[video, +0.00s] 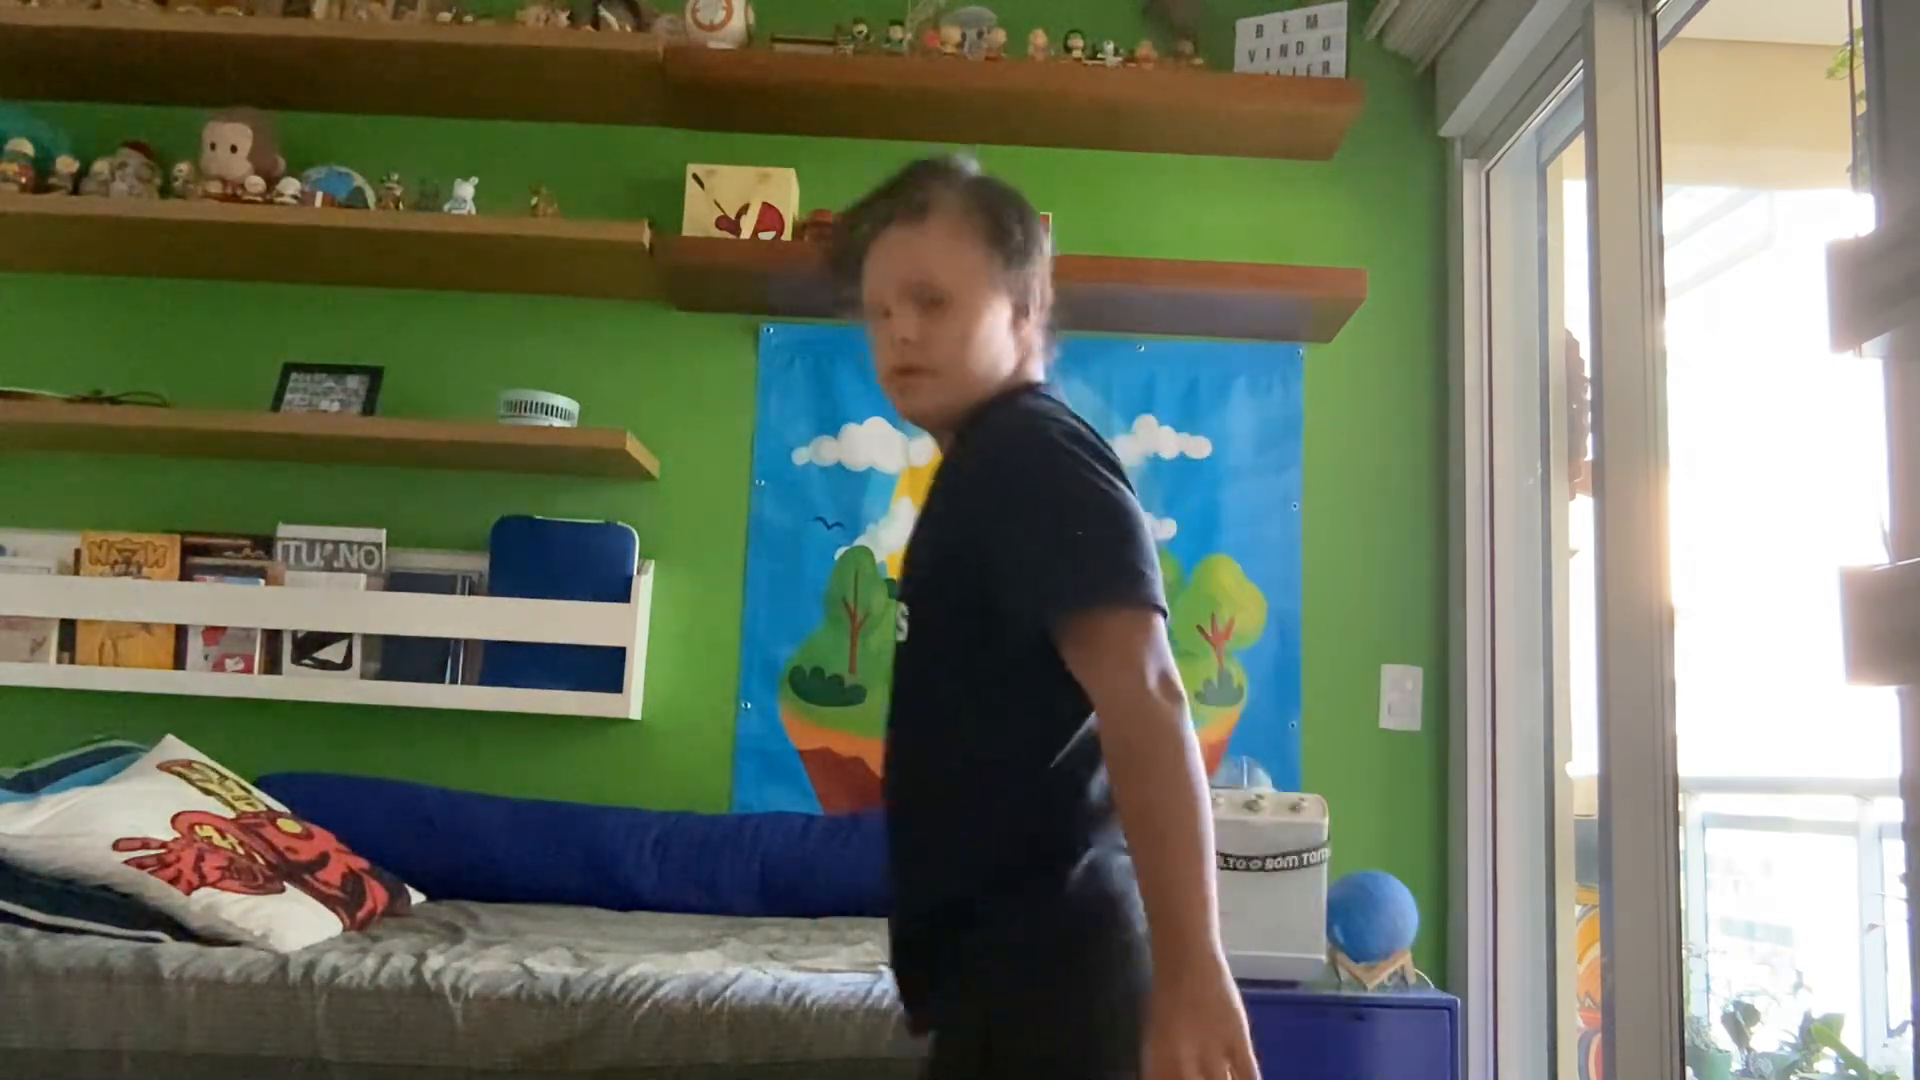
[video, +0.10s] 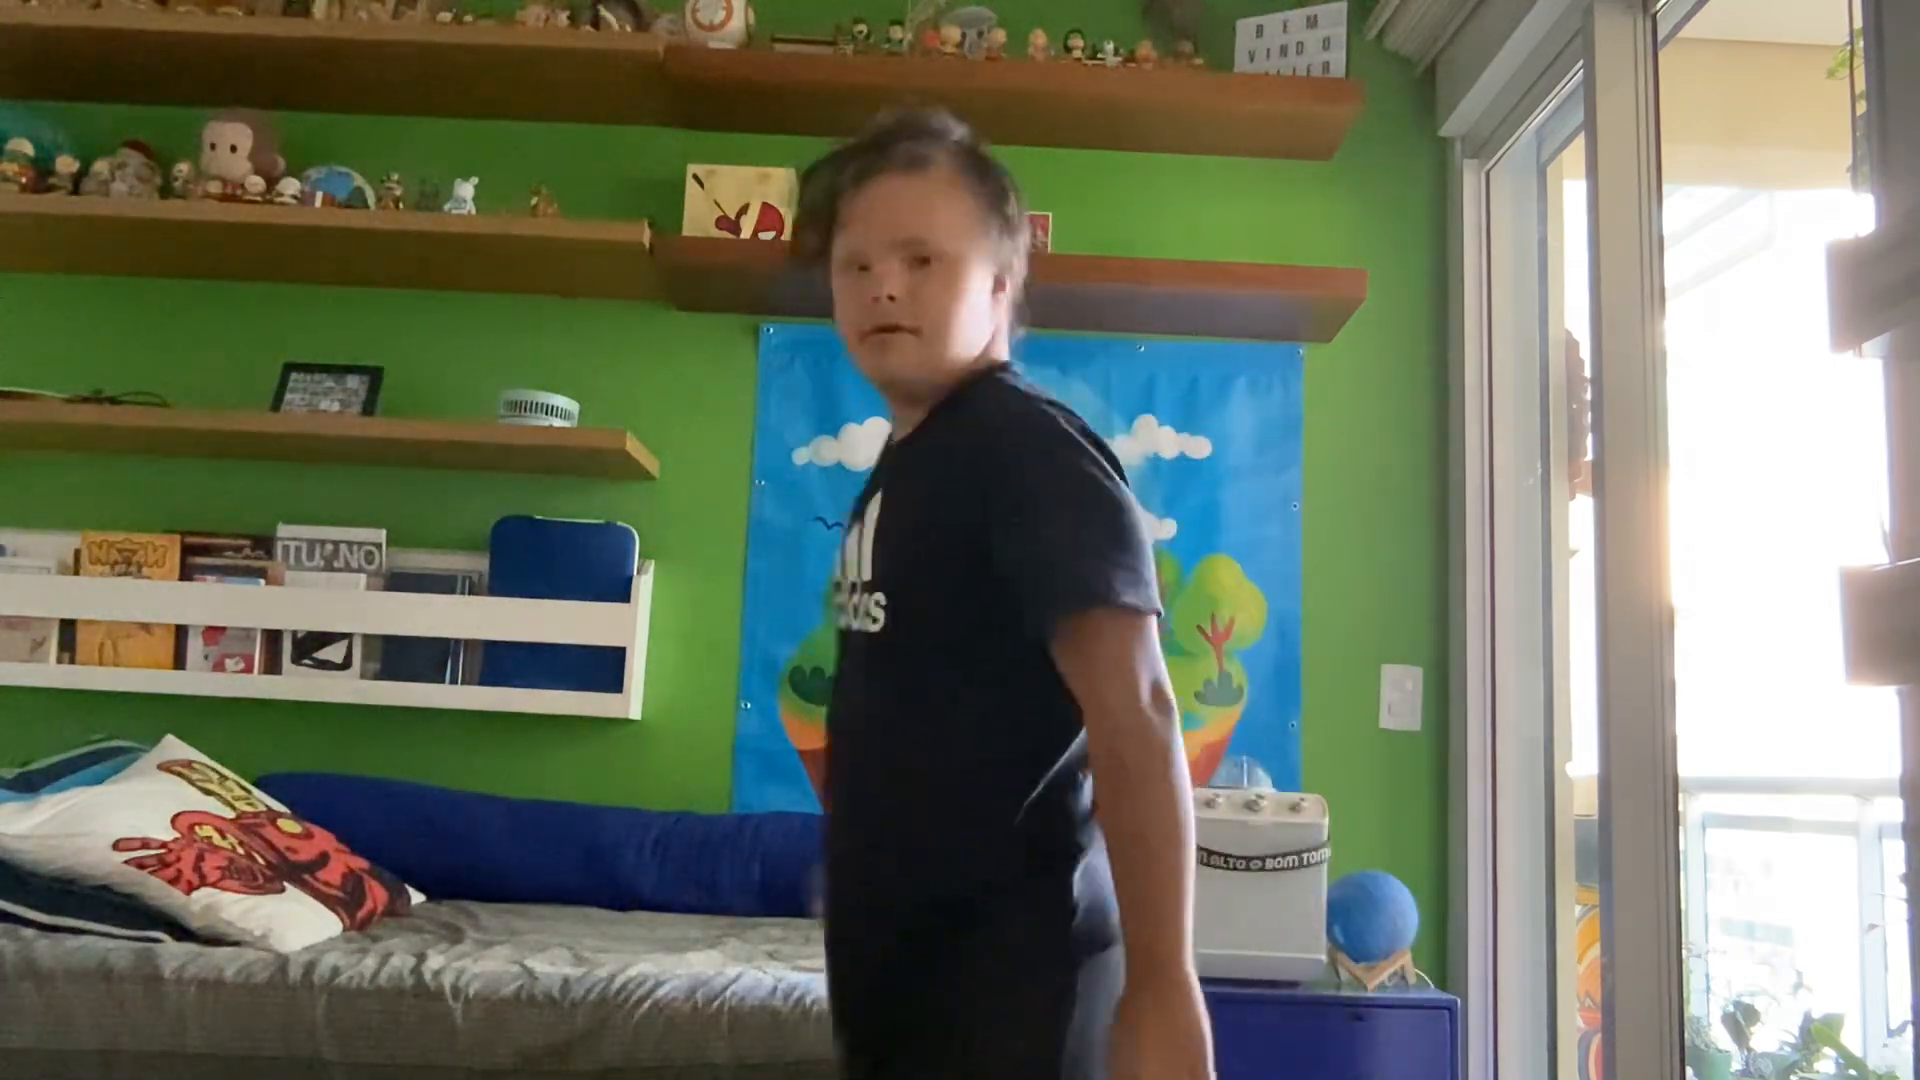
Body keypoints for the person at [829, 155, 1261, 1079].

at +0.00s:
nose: (897, 334)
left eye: (931, 301)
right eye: (879, 311)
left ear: (1028, 318)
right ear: (862, 327)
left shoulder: (1029, 448)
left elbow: (1147, 704)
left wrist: (1192, 969)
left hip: (1049, 968)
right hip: (998, 963)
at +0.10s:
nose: (882, 288)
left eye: (922, 258)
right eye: (857, 265)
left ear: (1012, 276)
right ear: (830, 287)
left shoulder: (1031, 447)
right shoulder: (902, 465)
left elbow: (1136, 714)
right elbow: (920, 725)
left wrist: (1163, 986)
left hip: (1007, 977)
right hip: (901, 966)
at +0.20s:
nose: (881, 276)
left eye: (922, 246)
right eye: (851, 252)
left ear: (995, 270)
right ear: (818, 278)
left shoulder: (1041, 465)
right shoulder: (838, 480)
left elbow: (1120, 739)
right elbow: (828, 704)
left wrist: (1137, 1003)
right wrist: (743, 832)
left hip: (996, 989)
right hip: (844, 976)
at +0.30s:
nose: (879, 266)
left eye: (918, 238)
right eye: (847, 241)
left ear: (982, 261)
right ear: (806, 266)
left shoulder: (1039, 461)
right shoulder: (778, 469)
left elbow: (1097, 745)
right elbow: (716, 661)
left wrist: (1099, 1011)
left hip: (984, 972)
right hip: (806, 964)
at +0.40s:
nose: (875, 260)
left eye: (908, 235)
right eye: (839, 238)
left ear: (964, 266)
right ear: (790, 271)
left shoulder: (1023, 472)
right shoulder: (721, 468)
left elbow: (1071, 740)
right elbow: (607, 670)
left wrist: (1047, 995)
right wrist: (470, 822)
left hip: (967, 968)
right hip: (770, 958)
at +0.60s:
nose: (876, 280)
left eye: (905, 255)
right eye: (838, 251)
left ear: (936, 283)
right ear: (771, 267)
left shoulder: (977, 487)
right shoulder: (654, 463)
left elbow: (1011, 721)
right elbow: (561, 683)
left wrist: (971, 919)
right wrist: (494, 901)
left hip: (945, 974)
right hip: (740, 967)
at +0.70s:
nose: (871, 288)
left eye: (897, 265)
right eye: (833, 259)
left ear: (925, 293)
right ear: (763, 273)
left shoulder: (965, 492)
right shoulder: (648, 466)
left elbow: (1000, 710)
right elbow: (583, 703)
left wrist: (941, 890)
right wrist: (618, 931)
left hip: (932, 978)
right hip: (719, 973)